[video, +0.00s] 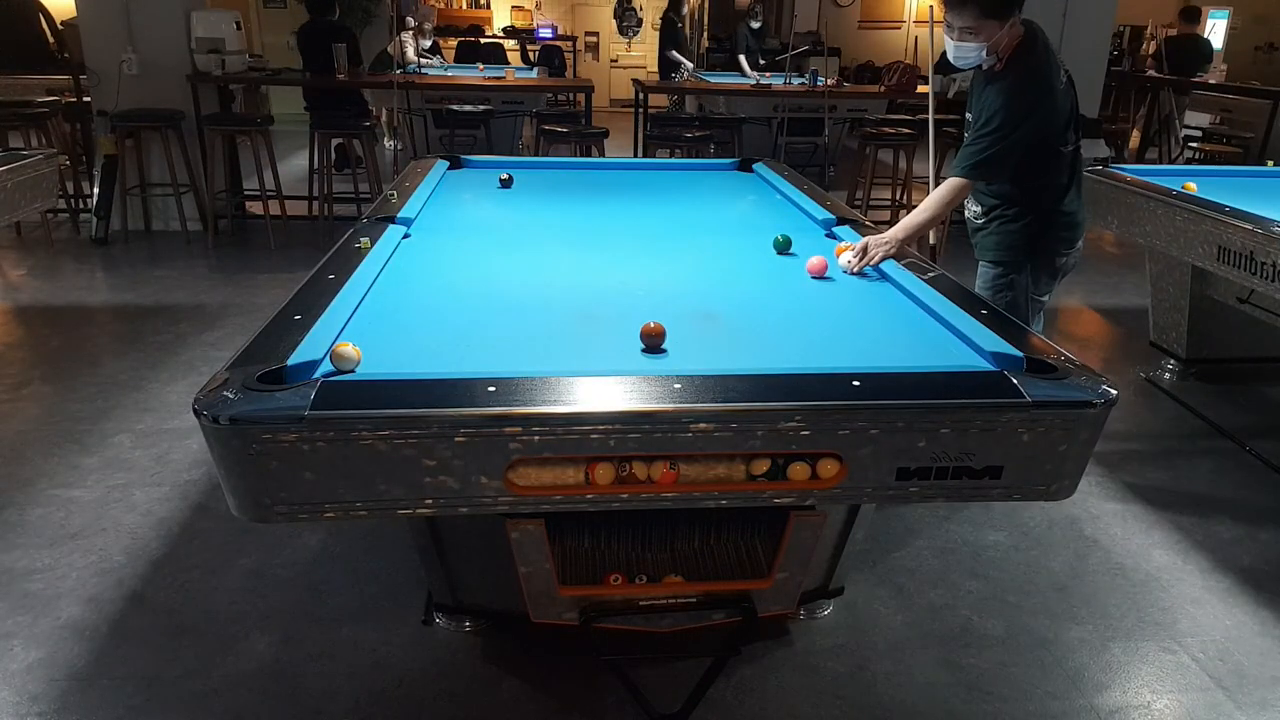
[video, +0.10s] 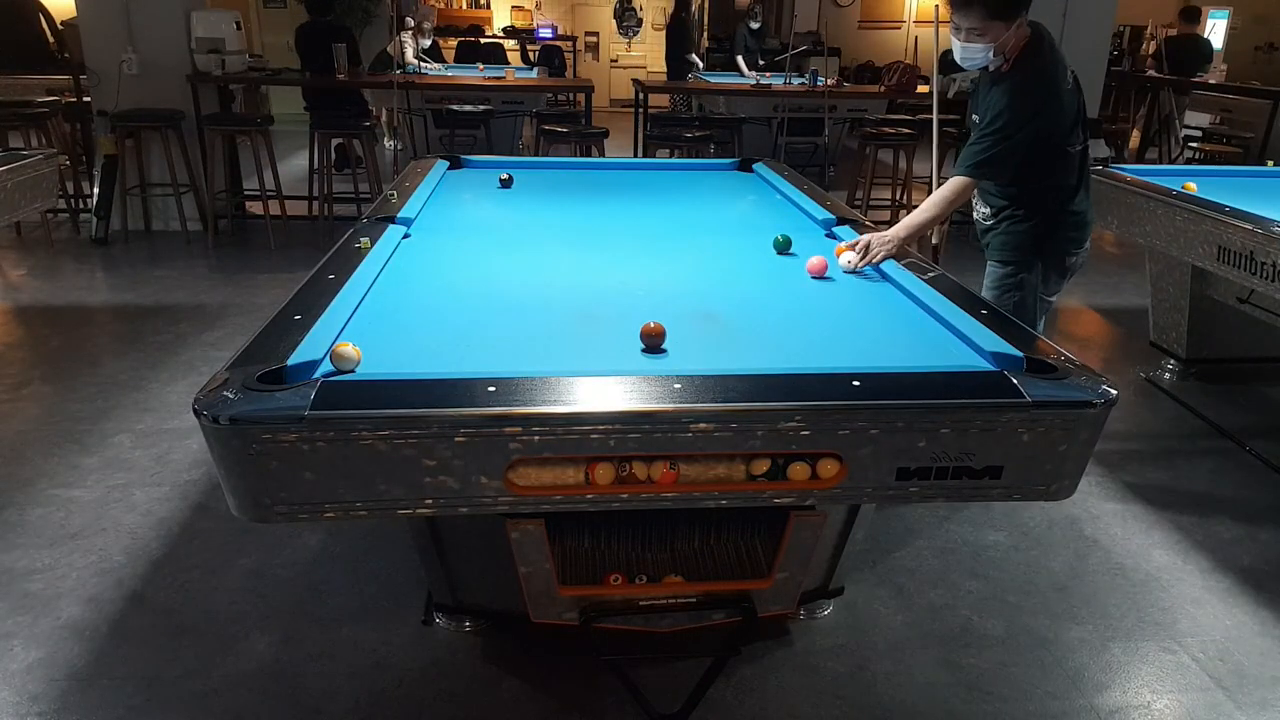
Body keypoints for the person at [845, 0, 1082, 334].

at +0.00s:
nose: (957, 40)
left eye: (970, 31)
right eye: (950, 27)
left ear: (1010, 27)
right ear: (944, 16)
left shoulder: (1015, 87)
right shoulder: (1018, 39)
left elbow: (963, 178)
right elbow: (951, 62)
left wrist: (893, 236)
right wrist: (918, 73)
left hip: (1022, 245)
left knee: (994, 358)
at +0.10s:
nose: (963, 41)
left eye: (977, 32)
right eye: (956, 28)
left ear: (1016, 28)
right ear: (949, 17)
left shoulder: (1021, 88)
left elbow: (966, 179)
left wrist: (895, 235)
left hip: (1030, 242)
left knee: (998, 357)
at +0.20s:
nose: (1014, 14)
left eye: (1029, 7)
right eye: (1012, 5)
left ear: (1065, 9)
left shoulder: (1083, 72)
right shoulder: (1029, 54)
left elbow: (1059, 176)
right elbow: (1001, 122)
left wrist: (975, 169)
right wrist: (964, 171)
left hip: (1055, 243)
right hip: (1023, 231)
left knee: (1011, 356)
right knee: (1044, 345)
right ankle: (1087, 430)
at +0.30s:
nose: (1064, 10)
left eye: (1076, 4)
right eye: (1064, 4)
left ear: (1110, 6)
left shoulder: (1135, 56)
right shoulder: (1078, 53)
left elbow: (1089, 143)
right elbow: (1060, 134)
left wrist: (1014, 121)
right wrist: (1031, 190)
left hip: (1101, 234)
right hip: (1064, 226)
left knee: (1041, 347)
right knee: (1082, 341)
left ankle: (1036, 452)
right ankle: (1092, 438)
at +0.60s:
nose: (1051, 62)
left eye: (1061, 50)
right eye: (1045, 51)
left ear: (1098, 33)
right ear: (1040, 38)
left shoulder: (1136, 75)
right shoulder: (1084, 72)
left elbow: (1081, 164)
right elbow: (1068, 148)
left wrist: (992, 176)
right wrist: (1055, 182)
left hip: (1155, 232)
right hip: (1108, 223)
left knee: (1112, 355)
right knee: (1087, 346)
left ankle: (1094, 461)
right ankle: (1071, 453)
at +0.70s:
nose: (1028, 105)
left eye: (1037, 93)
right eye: (1020, 93)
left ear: (1073, 76)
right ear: (1073, 72)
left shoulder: (1114, 106)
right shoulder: (1100, 79)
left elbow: (1065, 204)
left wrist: (975, 217)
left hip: (1168, 235)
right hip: (1149, 226)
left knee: (1114, 355)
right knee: (1130, 342)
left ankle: (1099, 461)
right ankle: (1141, 438)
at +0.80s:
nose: (1019, 130)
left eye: (1029, 120)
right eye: (1013, 119)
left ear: (1069, 107)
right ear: (1072, 100)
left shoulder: (1105, 130)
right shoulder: (1099, 89)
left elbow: (1051, 214)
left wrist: (961, 231)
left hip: (1182, 235)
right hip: (1199, 220)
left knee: (1132, 351)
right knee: (1161, 339)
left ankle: (1100, 459)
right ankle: (1154, 432)